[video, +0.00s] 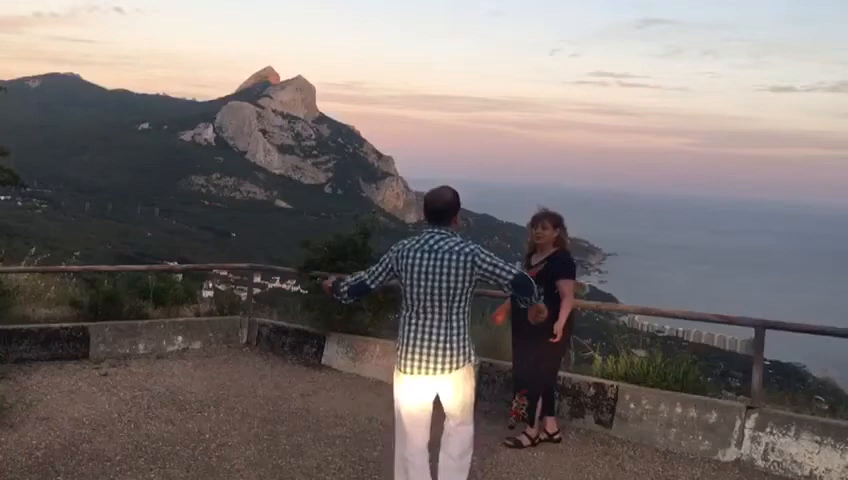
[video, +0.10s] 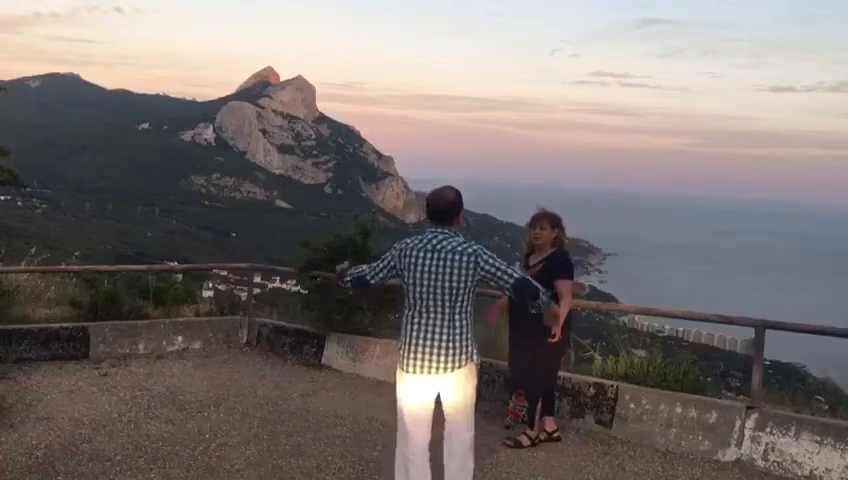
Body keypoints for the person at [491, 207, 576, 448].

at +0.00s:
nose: (538, 232)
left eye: (544, 228)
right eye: (535, 227)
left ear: (557, 233)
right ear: (531, 231)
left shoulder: (562, 259)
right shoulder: (531, 257)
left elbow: (567, 295)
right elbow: (522, 288)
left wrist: (560, 322)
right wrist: (505, 308)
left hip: (548, 326)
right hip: (527, 325)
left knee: (536, 374)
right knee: (544, 374)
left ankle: (532, 429)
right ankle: (550, 425)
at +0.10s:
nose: (536, 232)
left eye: (543, 228)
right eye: (534, 228)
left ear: (555, 233)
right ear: (529, 231)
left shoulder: (560, 259)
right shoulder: (530, 257)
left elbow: (565, 296)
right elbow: (520, 287)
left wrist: (559, 323)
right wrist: (500, 306)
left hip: (546, 327)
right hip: (526, 326)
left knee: (536, 376)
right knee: (542, 375)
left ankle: (532, 430)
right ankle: (550, 424)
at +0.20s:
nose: (533, 233)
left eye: (540, 229)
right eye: (531, 229)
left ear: (552, 234)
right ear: (526, 232)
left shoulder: (557, 260)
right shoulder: (526, 258)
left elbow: (562, 296)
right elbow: (516, 287)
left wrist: (557, 320)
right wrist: (495, 302)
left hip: (543, 326)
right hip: (522, 323)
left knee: (537, 373)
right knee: (540, 371)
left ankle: (533, 430)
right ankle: (547, 420)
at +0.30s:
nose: (530, 234)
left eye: (536, 230)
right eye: (527, 230)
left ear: (548, 234)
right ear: (523, 232)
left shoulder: (555, 260)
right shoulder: (521, 259)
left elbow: (558, 294)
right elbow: (512, 286)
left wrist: (552, 321)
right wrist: (496, 300)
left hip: (540, 325)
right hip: (516, 322)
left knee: (536, 373)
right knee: (515, 367)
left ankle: (532, 431)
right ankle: (542, 413)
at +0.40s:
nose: (526, 233)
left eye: (532, 230)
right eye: (523, 229)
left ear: (545, 234)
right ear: (519, 232)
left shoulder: (551, 260)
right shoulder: (517, 258)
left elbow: (556, 293)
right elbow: (507, 286)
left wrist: (550, 320)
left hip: (536, 324)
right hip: (513, 322)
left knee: (531, 373)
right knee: (511, 368)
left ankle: (531, 429)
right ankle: (513, 414)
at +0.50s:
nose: (521, 233)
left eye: (527, 229)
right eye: (518, 228)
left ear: (539, 233)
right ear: (514, 231)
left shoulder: (546, 260)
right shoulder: (512, 257)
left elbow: (551, 291)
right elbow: (503, 288)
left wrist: (548, 318)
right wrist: (500, 315)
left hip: (534, 324)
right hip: (510, 322)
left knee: (531, 372)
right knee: (511, 370)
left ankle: (531, 427)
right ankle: (510, 419)